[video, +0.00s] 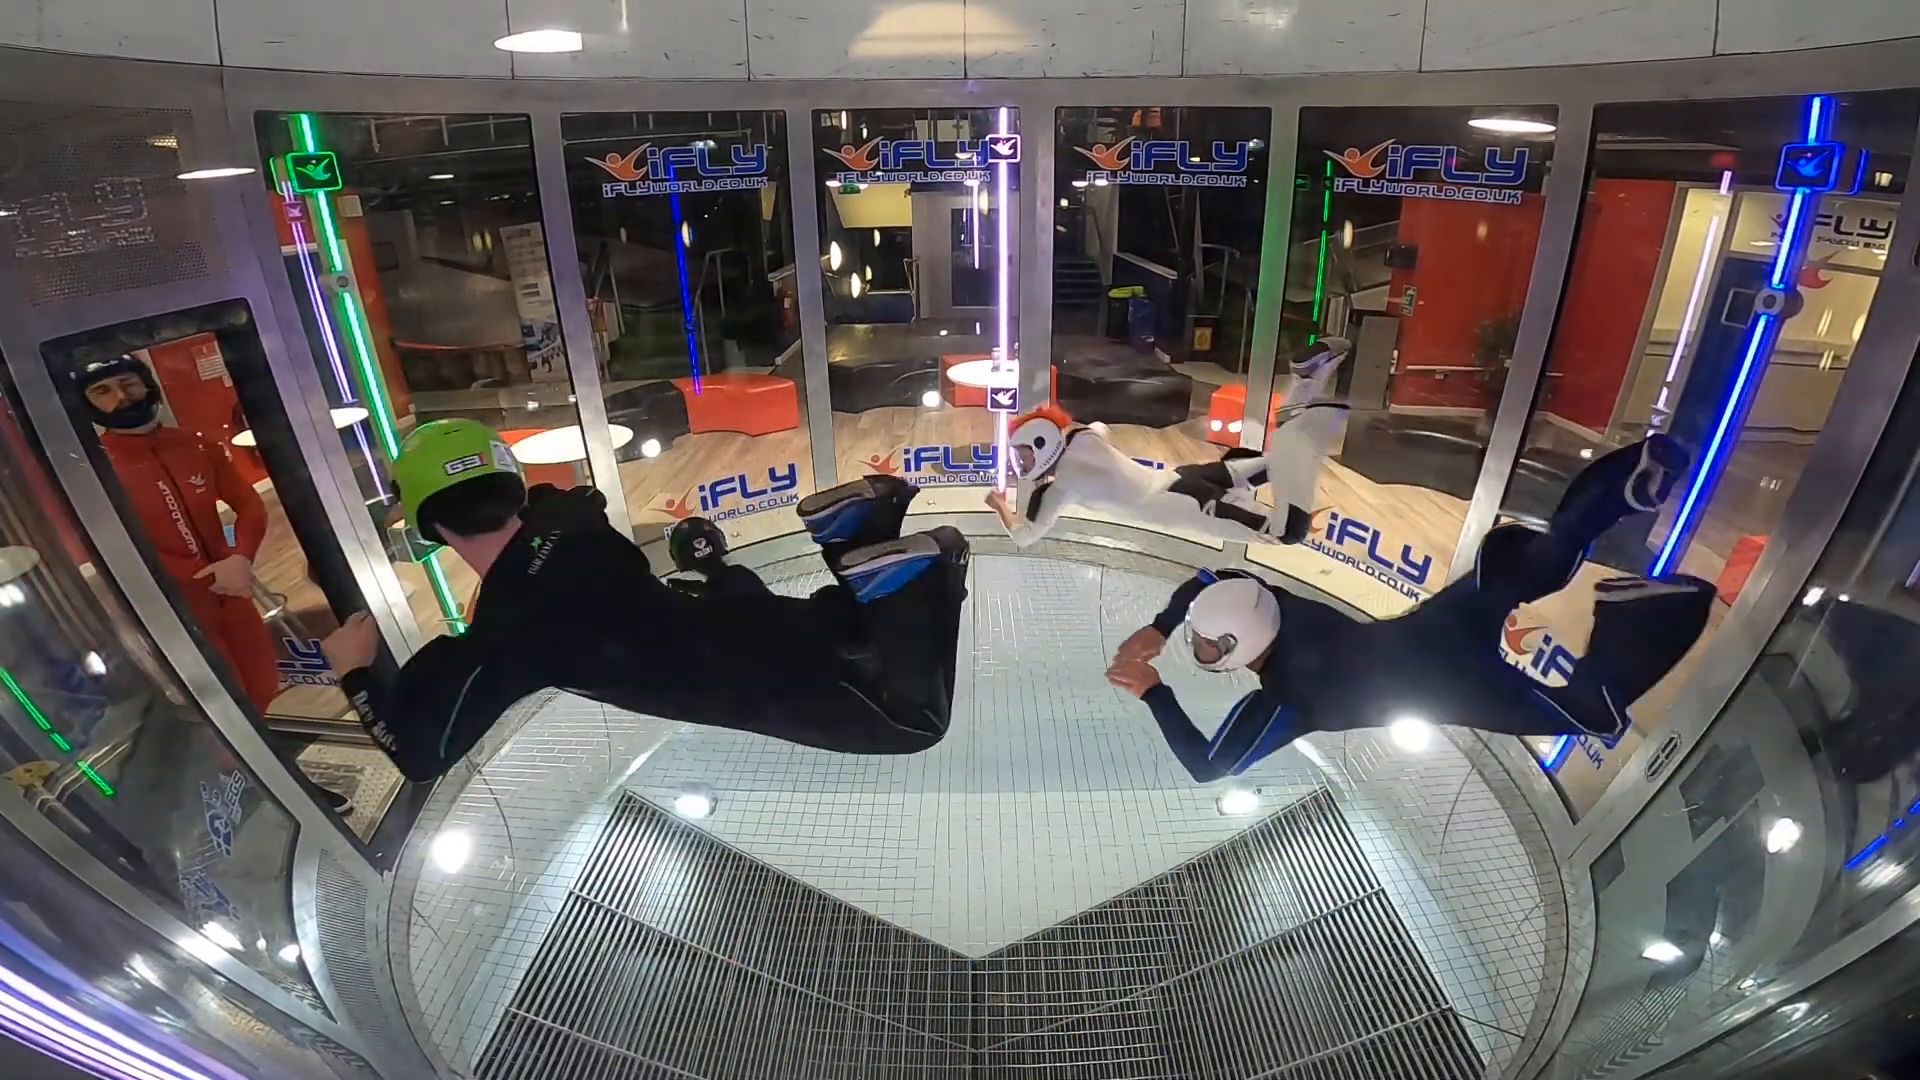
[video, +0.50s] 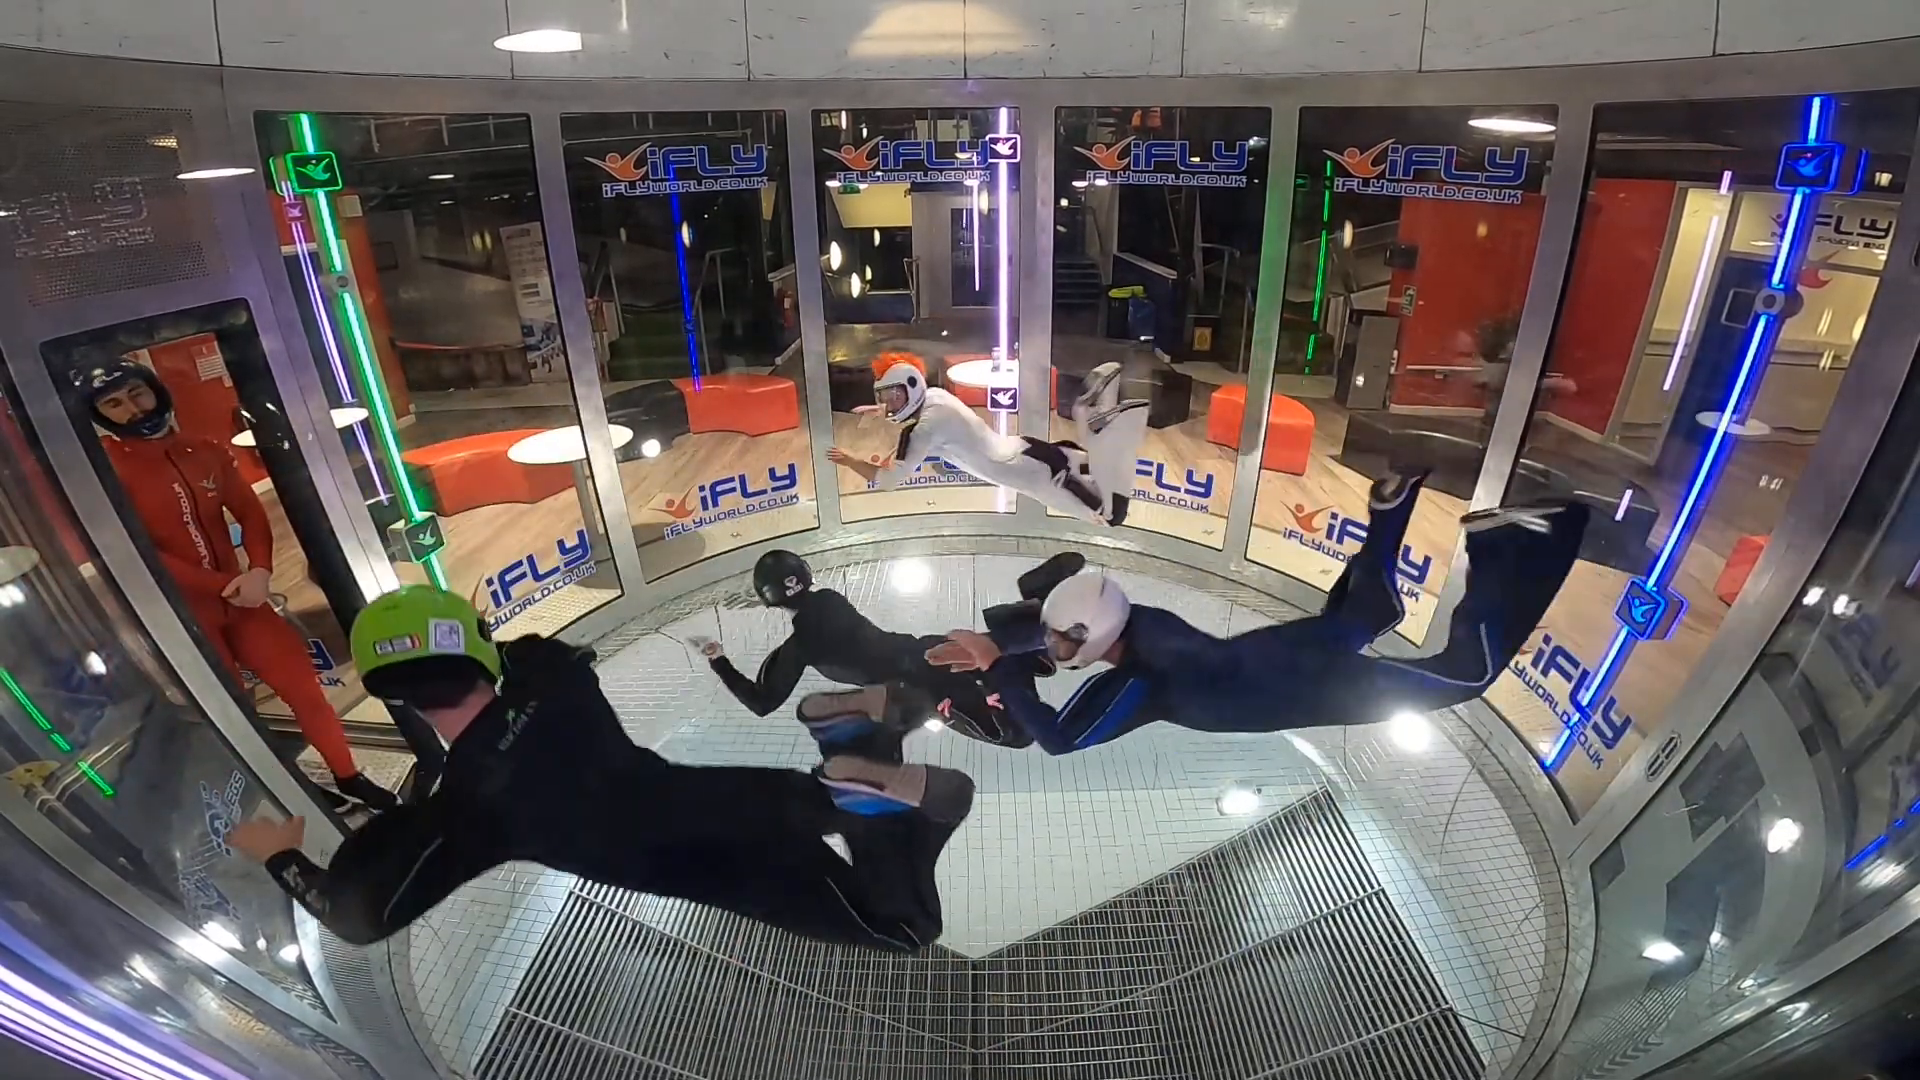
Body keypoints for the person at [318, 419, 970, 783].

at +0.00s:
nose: (431, 551)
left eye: (429, 535)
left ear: (443, 535)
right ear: (513, 483)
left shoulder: (517, 617)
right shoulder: (572, 522)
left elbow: (423, 746)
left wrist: (364, 669)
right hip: (750, 616)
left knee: (911, 720)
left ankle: (929, 574)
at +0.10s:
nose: (408, 562)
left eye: (401, 546)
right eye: (404, 543)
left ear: (411, 548)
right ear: (480, 499)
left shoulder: (492, 637)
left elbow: (386, 758)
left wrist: (329, 731)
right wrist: (387, 690)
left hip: (717, 709)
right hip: (709, 641)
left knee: (891, 744)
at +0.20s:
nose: (381, 580)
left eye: (379, 568)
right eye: (389, 562)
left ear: (395, 574)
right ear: (458, 527)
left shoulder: (461, 683)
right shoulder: (526, 557)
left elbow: (357, 800)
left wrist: (281, 757)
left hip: (708, 741)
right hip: (715, 668)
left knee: (877, 797)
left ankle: (915, 671)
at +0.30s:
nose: (372, 616)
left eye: (369, 602)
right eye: (375, 596)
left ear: (388, 608)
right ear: (449, 556)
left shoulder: (460, 716)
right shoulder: (526, 594)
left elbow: (349, 835)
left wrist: (261, 783)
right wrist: (293, 598)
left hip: (711, 778)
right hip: (716, 707)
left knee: (873, 836)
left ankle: (875, 717)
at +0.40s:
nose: (378, 656)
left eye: (378, 642)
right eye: (381, 640)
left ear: (397, 649)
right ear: (458, 598)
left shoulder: (460, 757)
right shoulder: (531, 624)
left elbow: (348, 872)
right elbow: (401, 623)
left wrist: (272, 815)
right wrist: (286, 612)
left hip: (715, 819)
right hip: (720, 746)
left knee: (882, 882)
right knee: (799, 752)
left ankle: (888, 782)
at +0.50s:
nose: (409, 707)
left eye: (402, 693)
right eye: (406, 690)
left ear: (401, 703)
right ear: (478, 646)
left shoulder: (468, 806)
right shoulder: (550, 667)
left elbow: (361, 912)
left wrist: (289, 855)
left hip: (726, 865)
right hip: (742, 791)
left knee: (901, 926)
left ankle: (875, 810)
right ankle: (857, 741)